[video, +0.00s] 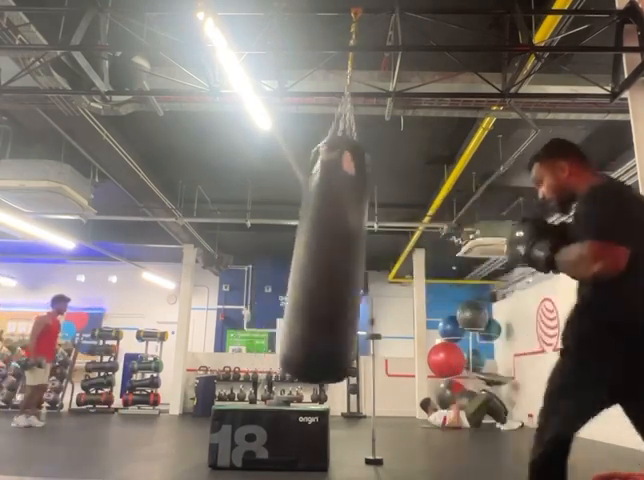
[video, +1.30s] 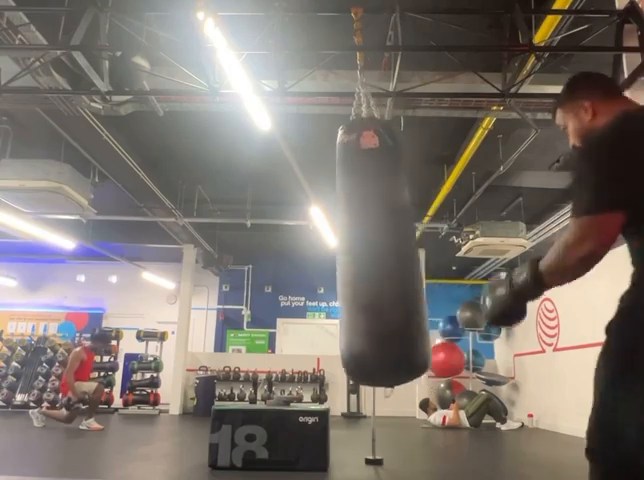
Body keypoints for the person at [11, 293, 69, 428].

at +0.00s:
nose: (66, 308)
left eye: (66, 305)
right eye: (64, 305)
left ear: (62, 306)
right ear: (56, 304)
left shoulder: (56, 323)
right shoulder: (43, 319)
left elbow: (52, 342)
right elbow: (33, 337)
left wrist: (52, 359)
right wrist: (33, 356)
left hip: (47, 359)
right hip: (38, 358)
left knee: (42, 388)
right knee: (34, 387)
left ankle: (32, 414)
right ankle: (21, 415)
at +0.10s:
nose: (67, 308)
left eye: (68, 305)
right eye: (66, 305)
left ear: (63, 306)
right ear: (58, 305)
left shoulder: (57, 323)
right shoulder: (44, 320)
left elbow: (54, 342)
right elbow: (35, 338)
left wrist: (54, 359)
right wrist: (34, 357)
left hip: (49, 360)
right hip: (41, 359)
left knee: (38, 387)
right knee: (45, 385)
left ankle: (34, 413)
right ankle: (30, 414)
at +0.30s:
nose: (74, 310)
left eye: (74, 307)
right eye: (72, 307)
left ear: (68, 307)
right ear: (64, 306)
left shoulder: (64, 324)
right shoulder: (52, 321)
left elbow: (60, 343)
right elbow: (41, 339)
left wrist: (65, 357)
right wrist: (39, 359)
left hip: (56, 358)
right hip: (50, 358)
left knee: (42, 386)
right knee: (64, 381)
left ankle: (31, 415)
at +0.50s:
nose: (83, 315)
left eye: (84, 312)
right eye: (82, 312)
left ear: (81, 313)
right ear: (74, 311)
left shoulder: (76, 328)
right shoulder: (62, 326)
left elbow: (71, 347)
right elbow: (49, 344)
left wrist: (73, 365)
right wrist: (48, 365)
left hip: (68, 364)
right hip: (61, 364)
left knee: (52, 391)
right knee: (75, 387)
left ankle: (31, 416)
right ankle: (81, 418)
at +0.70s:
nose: (94, 327)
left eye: (95, 324)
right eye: (93, 323)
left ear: (91, 323)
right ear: (86, 322)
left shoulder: (85, 337)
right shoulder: (72, 336)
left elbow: (80, 356)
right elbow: (60, 354)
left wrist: (82, 370)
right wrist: (59, 374)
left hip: (78, 369)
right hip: (69, 368)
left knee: (64, 402)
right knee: (91, 386)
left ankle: (34, 414)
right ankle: (87, 420)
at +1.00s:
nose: (100, 343)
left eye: (101, 341)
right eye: (99, 340)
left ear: (99, 341)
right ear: (93, 337)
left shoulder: (90, 351)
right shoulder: (78, 349)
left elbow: (84, 370)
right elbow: (68, 366)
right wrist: (69, 388)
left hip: (82, 381)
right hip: (73, 381)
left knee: (67, 414)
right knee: (97, 388)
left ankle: (39, 412)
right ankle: (89, 420)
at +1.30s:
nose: (103, 349)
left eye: (105, 346)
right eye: (103, 345)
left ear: (99, 344)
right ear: (96, 342)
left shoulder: (91, 354)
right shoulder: (78, 352)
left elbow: (85, 375)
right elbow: (69, 373)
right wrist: (75, 394)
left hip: (80, 385)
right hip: (72, 385)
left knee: (67, 418)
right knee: (98, 388)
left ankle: (40, 412)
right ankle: (88, 420)